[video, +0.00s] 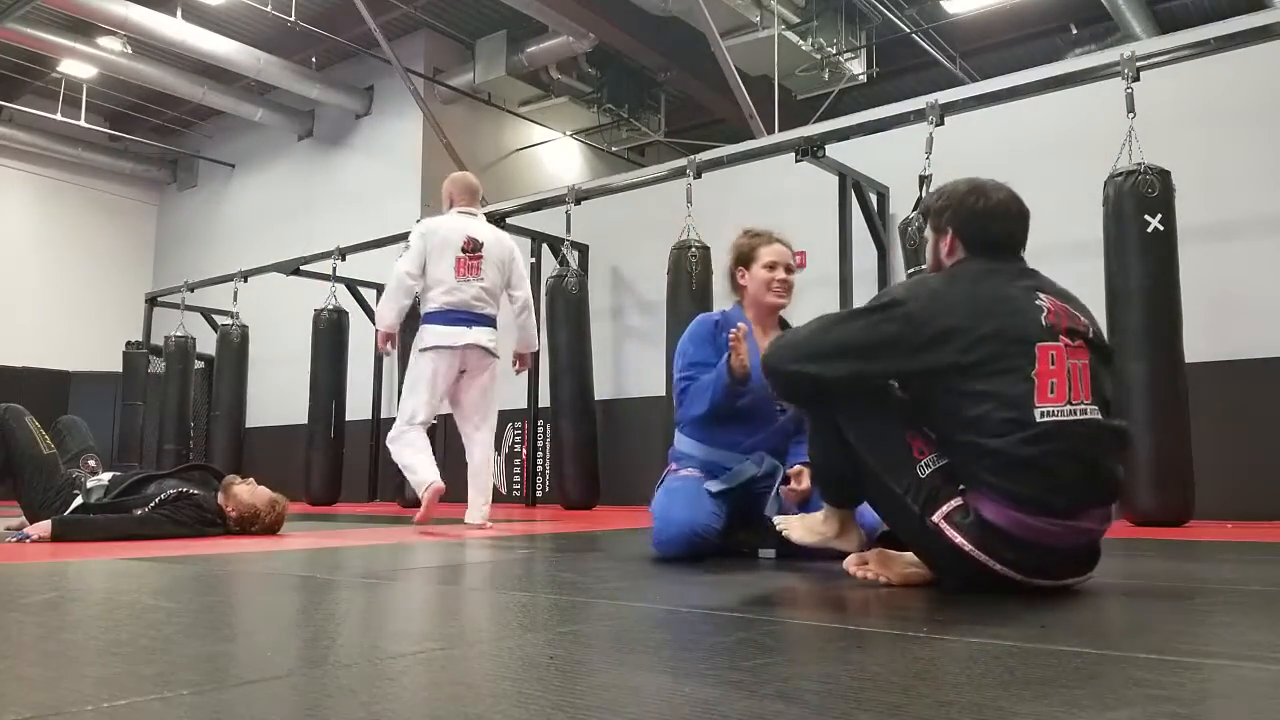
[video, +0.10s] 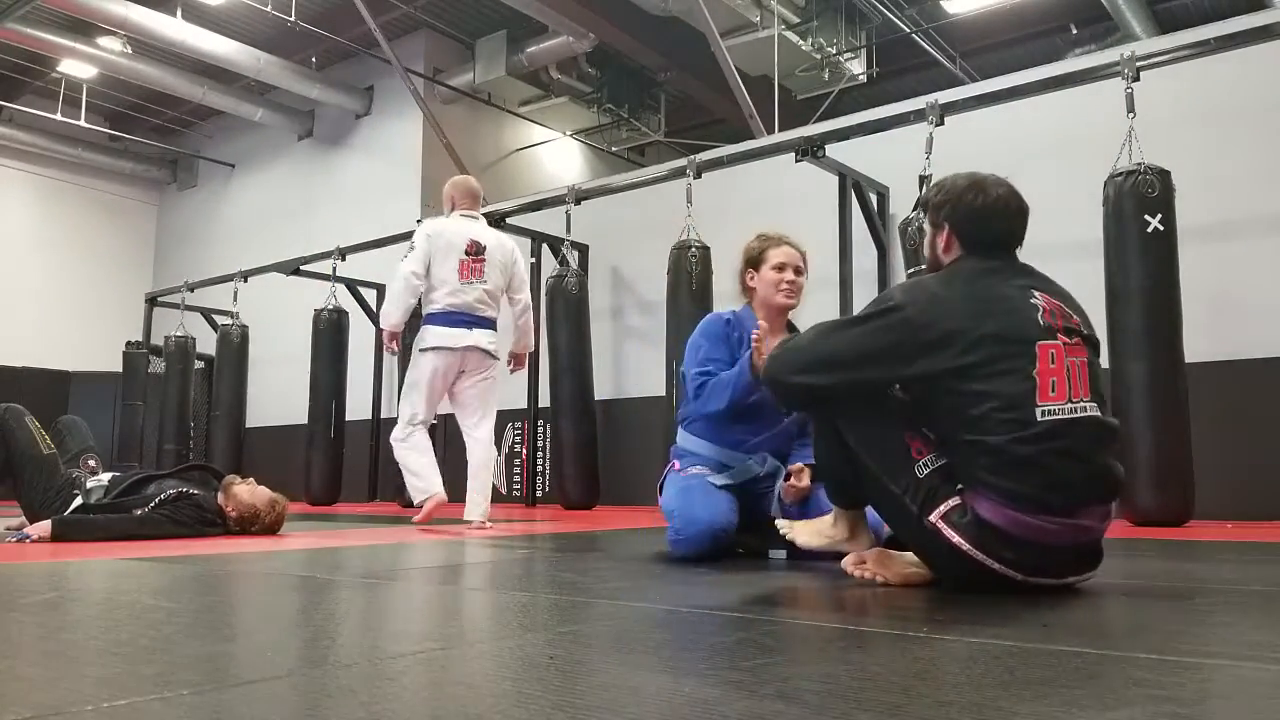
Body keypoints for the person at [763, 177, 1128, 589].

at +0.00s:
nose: (928, 252)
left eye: (931, 237)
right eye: (930, 238)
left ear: (950, 242)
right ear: (1013, 243)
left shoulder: (935, 298)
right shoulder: (1068, 305)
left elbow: (784, 360)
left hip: (993, 553)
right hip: (1076, 556)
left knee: (836, 379)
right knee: (942, 405)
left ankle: (836, 520)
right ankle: (931, 556)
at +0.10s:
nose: (925, 244)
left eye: (928, 230)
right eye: (927, 230)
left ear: (947, 239)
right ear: (1009, 238)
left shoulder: (930, 300)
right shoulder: (1061, 299)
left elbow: (784, 369)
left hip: (996, 554)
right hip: (1079, 553)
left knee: (836, 383)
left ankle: (846, 524)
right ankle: (928, 554)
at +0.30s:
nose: (906, 248)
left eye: (908, 235)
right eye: (907, 235)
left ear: (925, 244)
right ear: (988, 241)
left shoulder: (918, 304)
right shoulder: (1027, 295)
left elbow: (777, 384)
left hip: (990, 552)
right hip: (1071, 552)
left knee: (832, 395)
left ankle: (841, 539)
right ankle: (925, 552)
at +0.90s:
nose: (892, 272)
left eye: (895, 258)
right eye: (893, 259)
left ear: (921, 257)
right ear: (974, 258)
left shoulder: (923, 302)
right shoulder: (1015, 306)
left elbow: (787, 370)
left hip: (992, 539)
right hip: (1069, 550)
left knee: (833, 390)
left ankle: (840, 538)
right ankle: (927, 549)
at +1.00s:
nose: (901, 270)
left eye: (904, 256)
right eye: (901, 258)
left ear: (929, 255)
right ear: (984, 258)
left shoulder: (931, 300)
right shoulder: (1023, 306)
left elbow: (788, 367)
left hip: (991, 538)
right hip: (1069, 551)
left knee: (835, 388)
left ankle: (841, 537)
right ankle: (929, 550)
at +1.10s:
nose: (908, 271)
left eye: (913, 255)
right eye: (909, 257)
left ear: (940, 252)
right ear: (994, 257)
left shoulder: (935, 300)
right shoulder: (1034, 307)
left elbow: (790, 365)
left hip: (990, 537)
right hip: (1070, 552)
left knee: (837, 389)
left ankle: (842, 537)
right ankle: (931, 551)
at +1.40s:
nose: (934, 271)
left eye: (938, 258)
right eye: (935, 260)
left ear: (965, 254)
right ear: (1019, 265)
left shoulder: (950, 298)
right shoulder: (1078, 324)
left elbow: (804, 352)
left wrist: (822, 413)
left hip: (989, 539)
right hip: (1073, 559)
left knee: (847, 386)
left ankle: (841, 541)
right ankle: (929, 553)